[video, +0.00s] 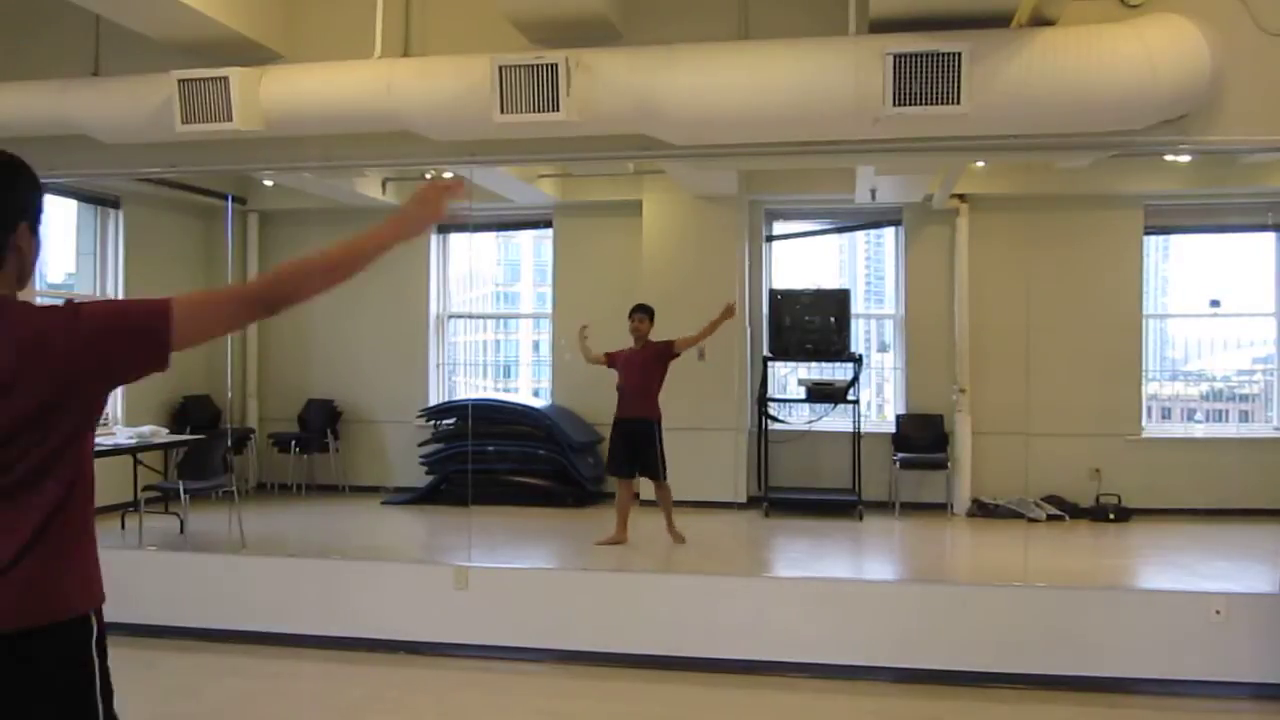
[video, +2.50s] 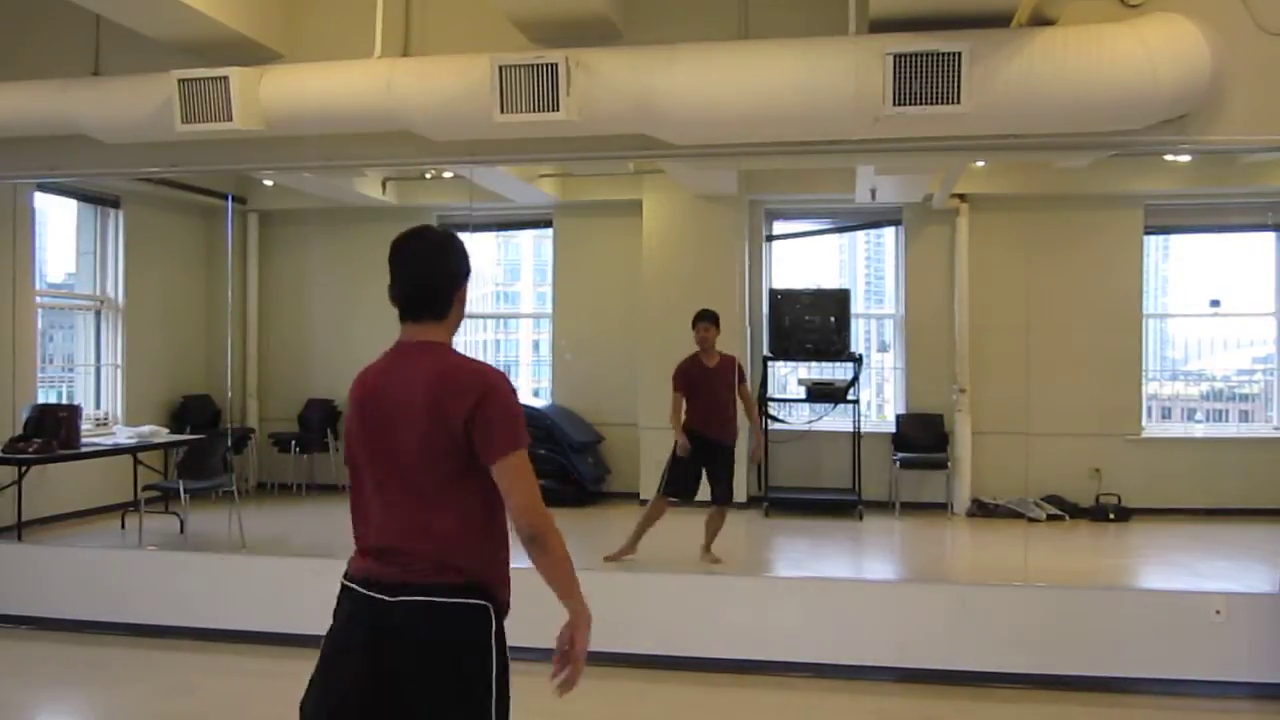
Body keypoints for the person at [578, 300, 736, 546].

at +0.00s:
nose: (636, 324)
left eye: (642, 320)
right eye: (633, 320)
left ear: (651, 325)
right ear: (628, 324)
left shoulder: (661, 350)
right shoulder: (622, 356)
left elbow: (697, 338)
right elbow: (591, 357)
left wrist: (722, 317)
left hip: (648, 422)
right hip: (623, 422)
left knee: (659, 481)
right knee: (623, 479)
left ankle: (671, 526)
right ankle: (620, 532)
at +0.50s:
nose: (671, 335)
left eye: (670, 331)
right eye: (669, 331)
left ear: (645, 332)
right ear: (663, 332)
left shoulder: (627, 359)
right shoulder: (671, 357)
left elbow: (593, 363)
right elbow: (701, 344)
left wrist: (565, 363)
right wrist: (705, 328)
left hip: (636, 434)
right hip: (666, 434)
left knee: (647, 491)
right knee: (679, 489)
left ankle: (656, 542)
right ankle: (701, 529)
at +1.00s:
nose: (659, 324)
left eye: (662, 319)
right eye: (653, 319)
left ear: (666, 319)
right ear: (641, 319)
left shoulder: (667, 336)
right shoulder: (632, 354)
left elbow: (679, 295)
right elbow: (603, 386)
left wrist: (685, 255)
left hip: (673, 414)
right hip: (652, 414)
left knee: (671, 479)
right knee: (651, 474)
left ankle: (662, 541)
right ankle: (648, 538)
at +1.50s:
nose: (635, 336)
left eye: (641, 331)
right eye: (631, 331)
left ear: (651, 336)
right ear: (625, 334)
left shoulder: (656, 373)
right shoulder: (617, 358)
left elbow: (650, 422)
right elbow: (601, 318)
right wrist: (624, 303)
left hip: (646, 437)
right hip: (618, 436)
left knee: (642, 501)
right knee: (614, 502)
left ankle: (666, 554)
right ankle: (615, 558)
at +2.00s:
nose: (660, 285)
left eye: (665, 280)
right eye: (656, 281)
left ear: (677, 284)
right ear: (652, 286)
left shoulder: (696, 318)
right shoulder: (647, 314)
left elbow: (705, 361)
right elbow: (646, 280)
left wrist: (696, 396)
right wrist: (658, 240)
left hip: (682, 391)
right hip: (651, 388)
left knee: (690, 459)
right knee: (616, 445)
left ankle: (683, 515)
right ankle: (580, 496)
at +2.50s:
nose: (701, 336)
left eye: (706, 330)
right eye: (697, 331)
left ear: (717, 332)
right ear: (693, 334)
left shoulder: (732, 365)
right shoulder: (685, 368)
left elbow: (747, 399)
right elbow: (676, 411)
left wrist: (757, 435)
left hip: (723, 443)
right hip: (692, 438)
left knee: (722, 502)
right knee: (665, 496)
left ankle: (706, 548)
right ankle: (631, 544)